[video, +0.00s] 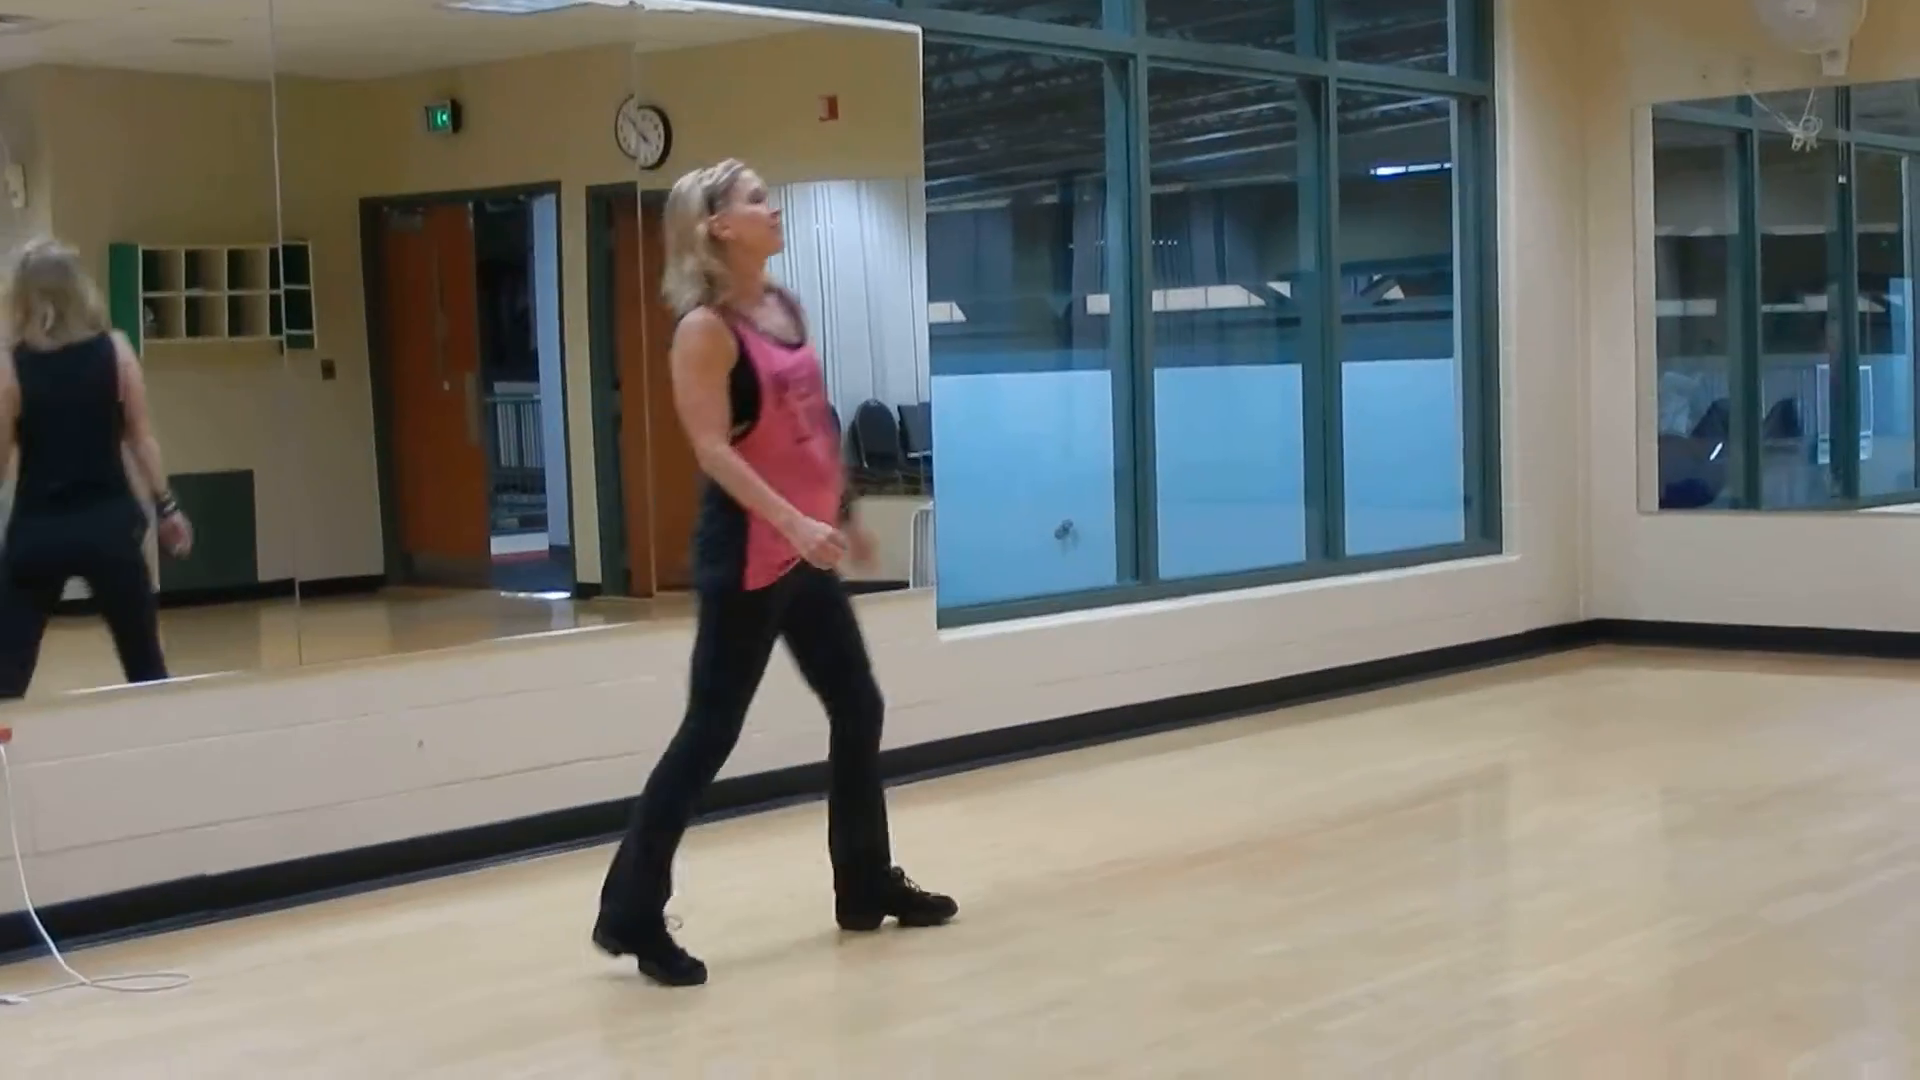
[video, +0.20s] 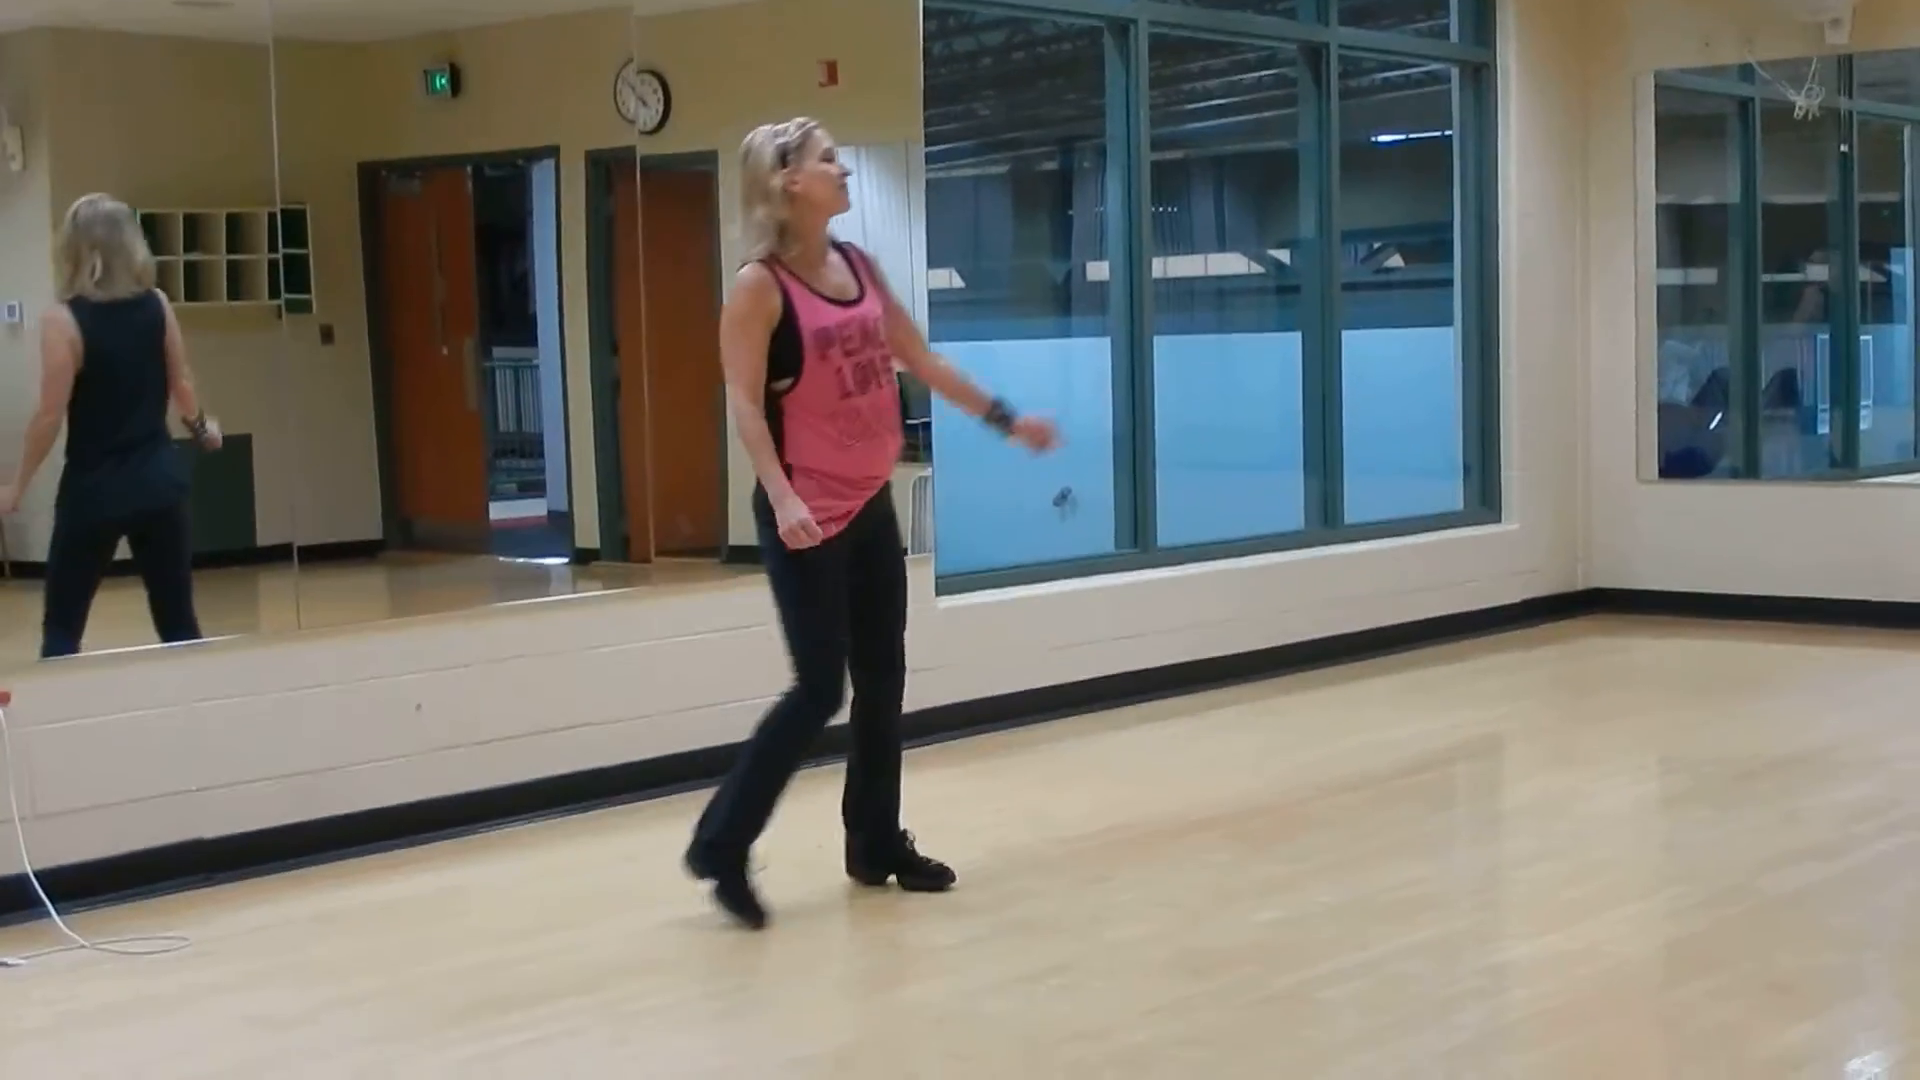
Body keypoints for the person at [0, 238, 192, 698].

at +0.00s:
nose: (13, 301)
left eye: (18, 291)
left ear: (23, 297)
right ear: (81, 291)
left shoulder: (11, 365)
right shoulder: (115, 350)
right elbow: (140, 438)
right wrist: (166, 505)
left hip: (36, 535)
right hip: (111, 531)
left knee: (8, 672)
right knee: (145, 663)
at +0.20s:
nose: (63, 251)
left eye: (67, 242)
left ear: (74, 250)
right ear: (131, 246)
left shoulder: (63, 319)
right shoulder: (157, 305)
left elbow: (51, 415)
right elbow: (179, 383)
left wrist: (17, 487)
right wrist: (198, 424)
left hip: (92, 494)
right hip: (159, 484)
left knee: (61, 631)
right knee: (178, 622)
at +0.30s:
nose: (84, 231)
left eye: (89, 223)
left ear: (96, 231)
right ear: (152, 230)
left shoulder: (82, 297)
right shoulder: (173, 295)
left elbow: (68, 390)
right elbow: (185, 375)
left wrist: (43, 465)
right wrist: (191, 372)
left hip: (108, 473)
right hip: (173, 467)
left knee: (96, 611)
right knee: (190, 601)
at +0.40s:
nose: (92, 209)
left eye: (98, 201)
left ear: (108, 209)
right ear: (163, 210)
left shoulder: (90, 273)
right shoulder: (182, 276)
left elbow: (77, 366)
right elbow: (183, 362)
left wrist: (55, 438)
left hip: (119, 449)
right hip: (182, 441)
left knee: (123, 592)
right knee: (197, 581)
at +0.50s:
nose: (100, 191)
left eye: (106, 183)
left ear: (114, 191)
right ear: (171, 193)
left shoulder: (98, 254)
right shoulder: (188, 257)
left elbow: (81, 341)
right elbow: (193, 344)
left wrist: (60, 415)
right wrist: (173, 397)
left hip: (128, 429)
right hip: (191, 423)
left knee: (133, 569)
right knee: (203, 561)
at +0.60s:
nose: (101, 179)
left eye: (107, 170)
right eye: (104, 170)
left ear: (119, 179)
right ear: (173, 178)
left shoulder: (105, 242)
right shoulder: (193, 243)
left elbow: (92, 327)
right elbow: (197, 330)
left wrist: (71, 403)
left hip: (134, 417)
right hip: (197, 410)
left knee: (143, 557)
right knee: (205, 551)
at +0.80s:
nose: (104, 177)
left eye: (110, 168)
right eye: (109, 167)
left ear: (119, 174)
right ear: (175, 173)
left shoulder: (114, 235)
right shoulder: (193, 236)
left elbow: (126, 322)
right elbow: (203, 323)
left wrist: (124, 407)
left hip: (154, 414)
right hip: (207, 408)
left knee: (115, 534)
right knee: (199, 543)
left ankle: (160, 632)